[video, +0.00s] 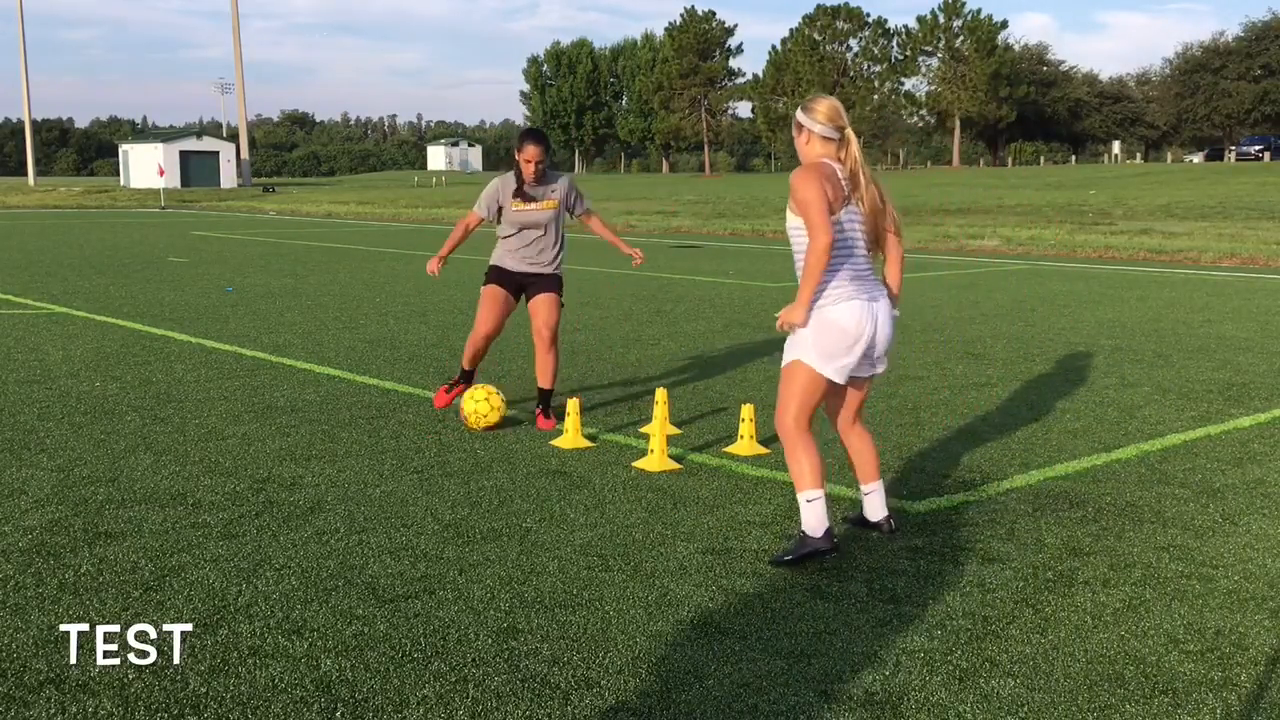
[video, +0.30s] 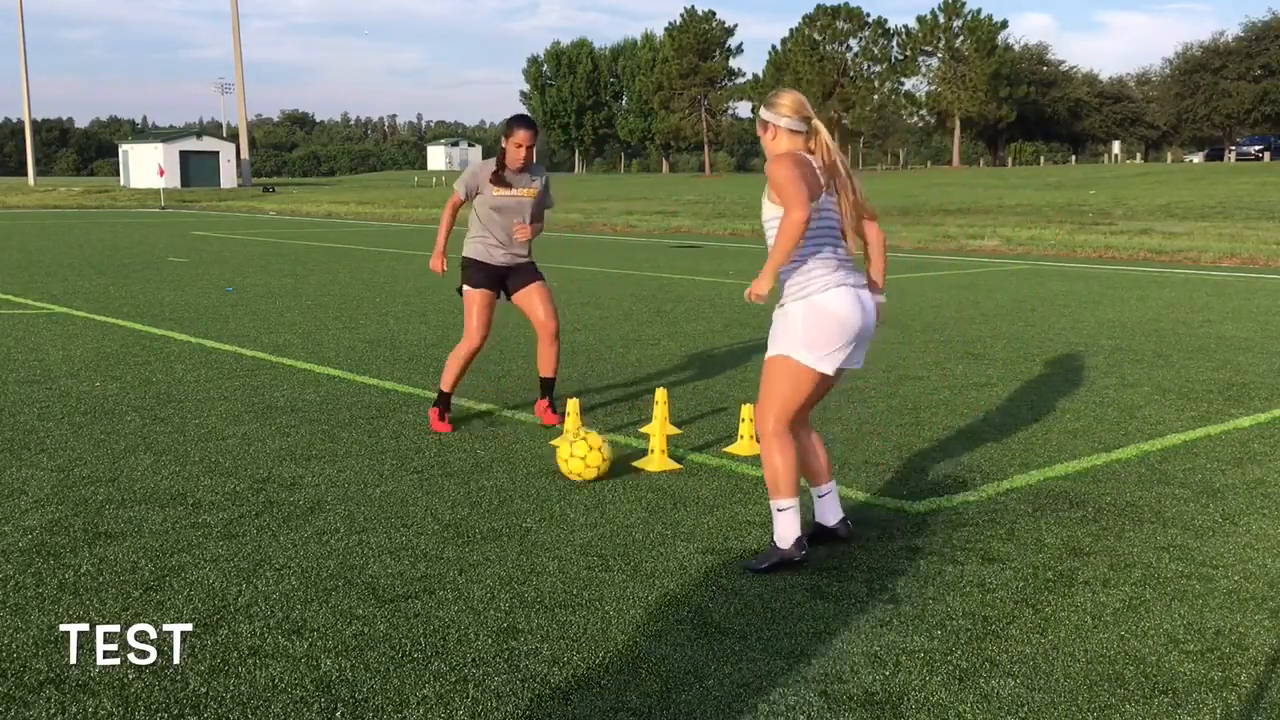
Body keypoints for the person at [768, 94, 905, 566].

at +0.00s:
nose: (794, 140)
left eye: (796, 133)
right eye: (796, 133)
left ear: (805, 134)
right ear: (839, 137)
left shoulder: (808, 175)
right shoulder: (862, 179)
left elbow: (821, 240)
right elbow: (892, 243)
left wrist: (800, 304)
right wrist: (889, 300)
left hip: (833, 312)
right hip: (876, 311)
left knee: (791, 420)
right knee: (847, 416)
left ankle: (816, 531)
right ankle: (878, 515)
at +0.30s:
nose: (760, 136)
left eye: (761, 128)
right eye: (761, 128)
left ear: (771, 129)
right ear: (803, 131)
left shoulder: (782, 163)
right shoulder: (829, 169)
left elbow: (798, 210)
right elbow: (871, 228)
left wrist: (768, 272)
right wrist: (876, 284)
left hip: (816, 303)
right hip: (853, 301)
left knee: (770, 422)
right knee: (797, 418)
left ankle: (787, 541)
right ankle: (831, 520)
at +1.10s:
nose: (874, 161)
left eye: (876, 156)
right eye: (876, 155)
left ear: (886, 159)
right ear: (914, 158)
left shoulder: (875, 197)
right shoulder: (933, 196)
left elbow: (865, 256)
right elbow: (937, 252)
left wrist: (841, 309)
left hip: (883, 314)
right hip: (935, 313)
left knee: (886, 394)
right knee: (935, 421)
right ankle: (940, 503)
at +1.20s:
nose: (878, 162)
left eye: (879, 157)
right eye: (880, 156)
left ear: (886, 158)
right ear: (915, 158)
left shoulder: (875, 198)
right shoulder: (936, 196)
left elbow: (862, 259)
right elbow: (948, 233)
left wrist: (838, 308)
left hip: (894, 311)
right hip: (946, 302)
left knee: (920, 398)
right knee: (956, 401)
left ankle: (951, 476)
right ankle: (964, 465)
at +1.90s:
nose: (867, 168)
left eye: (868, 163)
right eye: (869, 163)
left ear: (874, 164)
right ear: (900, 165)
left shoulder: (864, 197)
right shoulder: (918, 202)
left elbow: (840, 247)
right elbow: (940, 254)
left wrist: (822, 278)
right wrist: (954, 281)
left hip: (873, 301)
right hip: (912, 302)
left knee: (834, 354)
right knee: (876, 355)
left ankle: (866, 420)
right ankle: (878, 420)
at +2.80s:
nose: (793, 165)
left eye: (794, 158)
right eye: (794, 158)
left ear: (803, 159)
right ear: (834, 160)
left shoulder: (801, 206)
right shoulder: (859, 200)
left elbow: (776, 271)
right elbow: (878, 253)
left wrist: (749, 315)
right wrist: (856, 297)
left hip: (846, 316)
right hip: (880, 313)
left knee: (796, 407)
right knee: (817, 394)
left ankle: (809, 504)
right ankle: (840, 481)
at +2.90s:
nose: (789, 160)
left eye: (790, 152)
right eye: (790, 152)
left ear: (800, 153)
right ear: (830, 154)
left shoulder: (794, 196)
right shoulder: (859, 197)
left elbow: (778, 270)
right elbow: (876, 265)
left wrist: (753, 319)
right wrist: (868, 311)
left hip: (836, 313)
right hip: (875, 311)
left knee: (798, 416)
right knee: (823, 404)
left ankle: (812, 524)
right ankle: (837, 482)